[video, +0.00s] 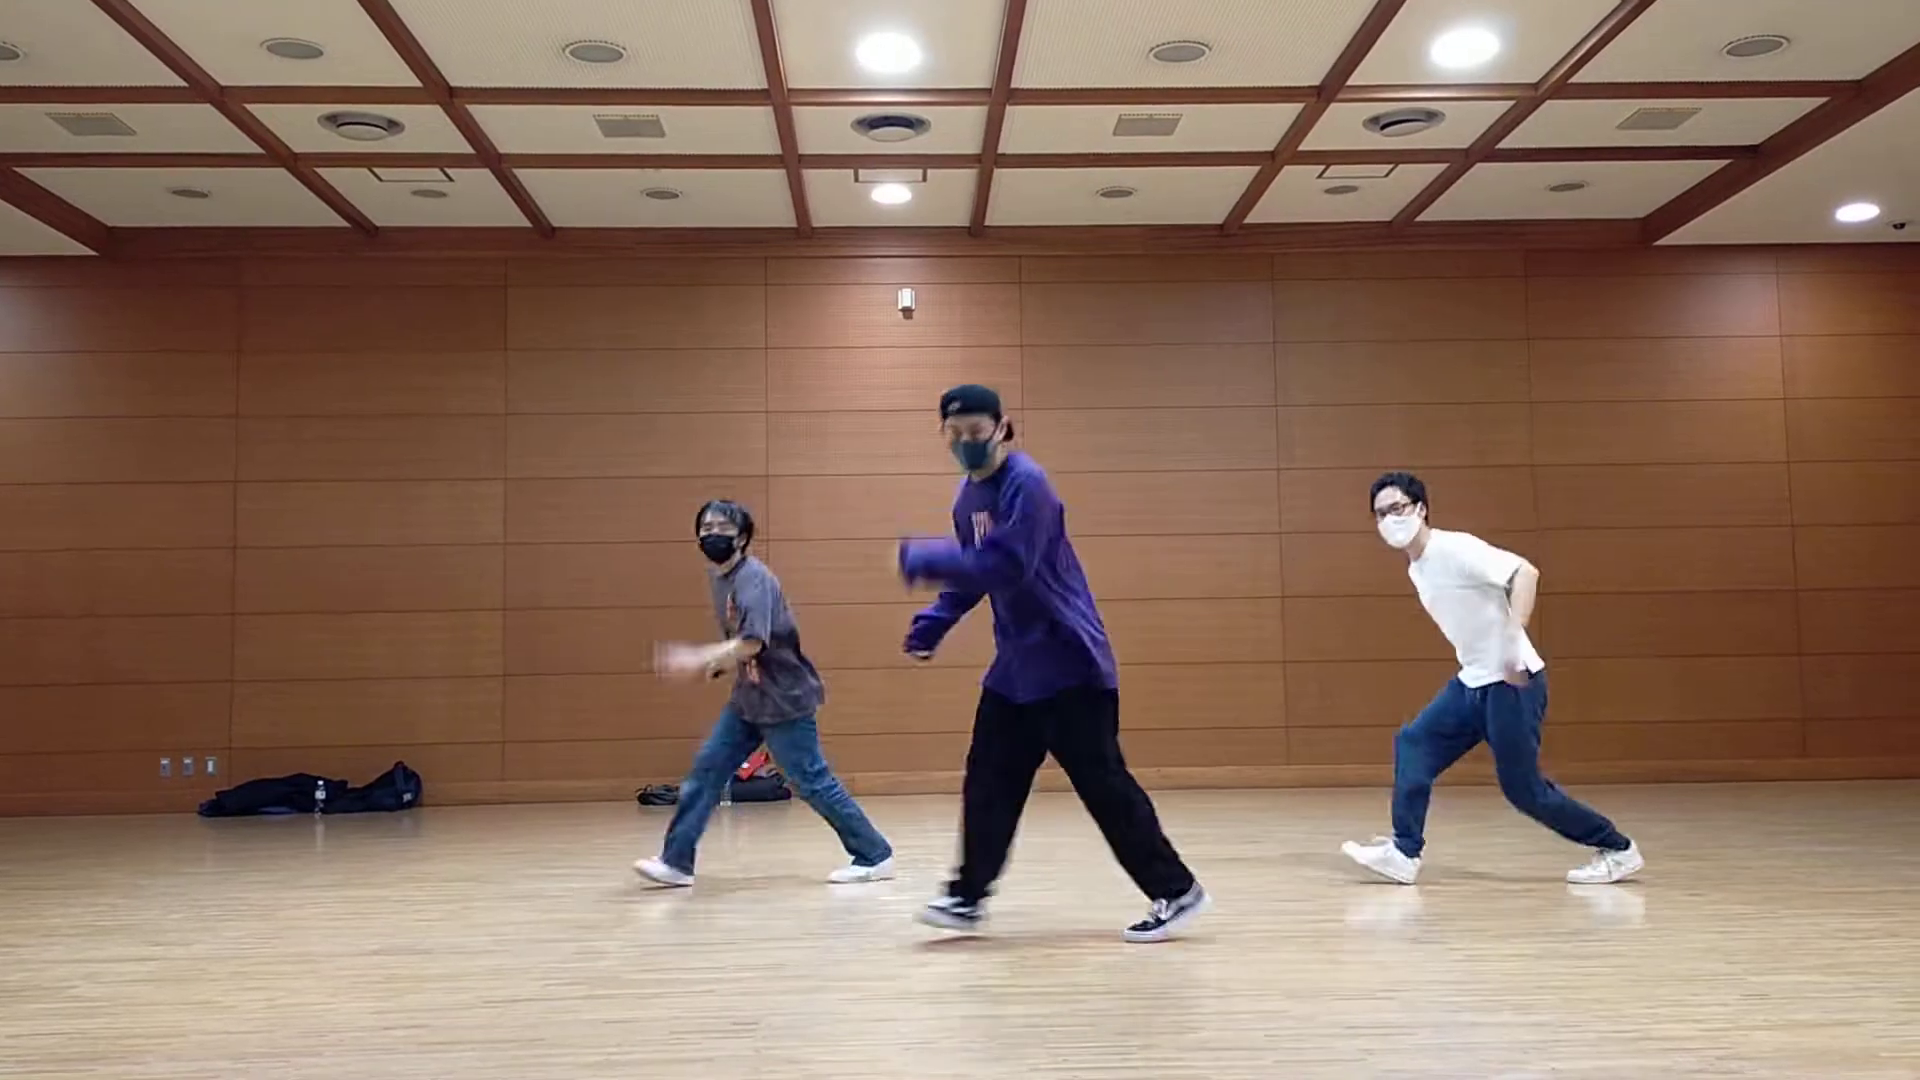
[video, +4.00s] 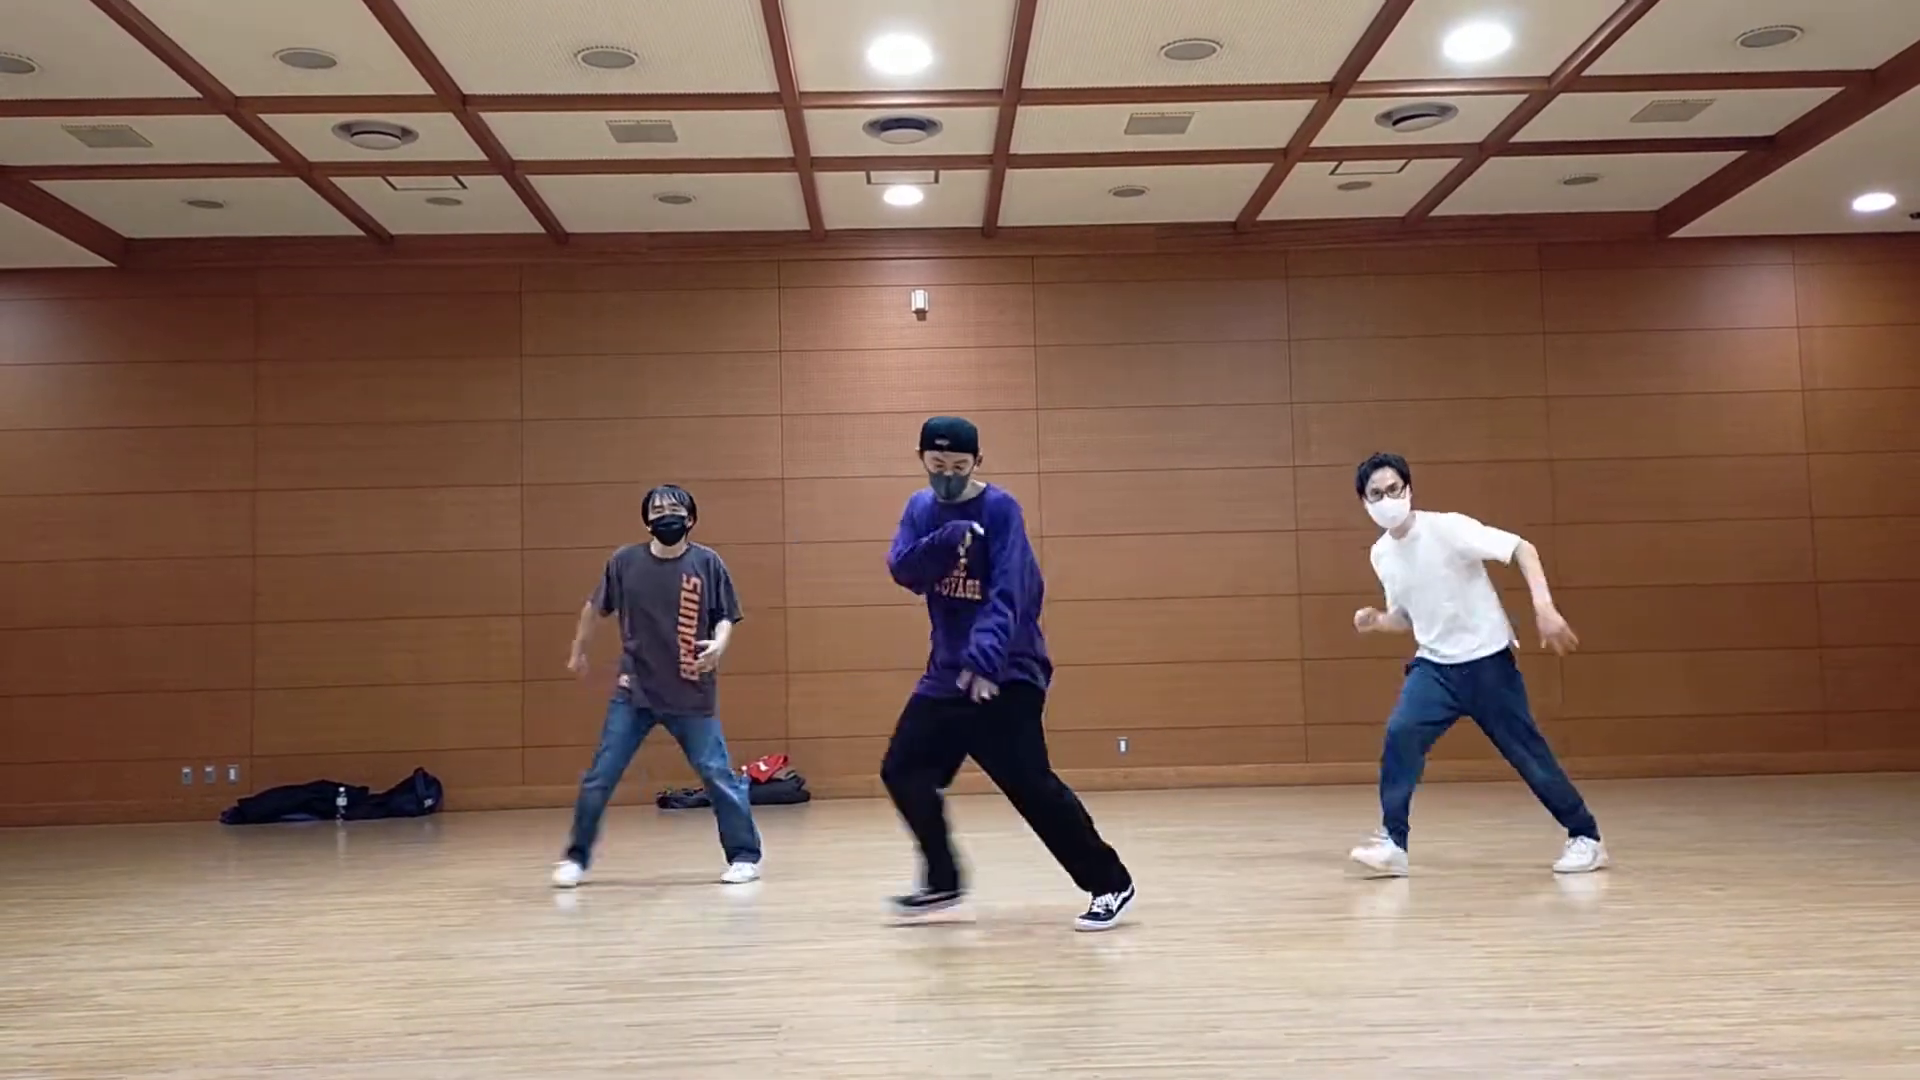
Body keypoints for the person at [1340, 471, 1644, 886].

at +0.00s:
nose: (1392, 519)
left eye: (1400, 509)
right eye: (1382, 514)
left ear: (1421, 509)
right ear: (1376, 524)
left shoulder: (1454, 548)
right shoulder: (1419, 569)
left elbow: (1524, 574)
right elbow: (1471, 607)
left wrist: (1513, 642)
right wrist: (1478, 660)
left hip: (1511, 682)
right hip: (1472, 684)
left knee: (1523, 789)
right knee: (1415, 744)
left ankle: (1618, 849)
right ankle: (1403, 852)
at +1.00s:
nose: (1330, 499)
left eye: (1339, 492)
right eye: (1322, 489)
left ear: (1347, 502)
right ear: (1302, 494)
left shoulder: (1313, 556)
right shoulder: (1279, 536)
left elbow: (1275, 622)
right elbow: (1221, 586)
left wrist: (1293, 682)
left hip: (1259, 666)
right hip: (1229, 658)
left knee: (1306, 751)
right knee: (1206, 757)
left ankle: (1358, 849)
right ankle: (1159, 854)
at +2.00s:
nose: (1342, 501)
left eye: (1349, 489)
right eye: (1331, 496)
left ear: (1365, 488)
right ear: (1322, 506)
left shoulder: (1406, 522)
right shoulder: (1348, 563)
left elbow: (1474, 561)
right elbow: (1376, 624)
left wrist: (1525, 614)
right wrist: (1398, 648)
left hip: (1463, 653)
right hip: (1417, 670)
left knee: (1509, 748)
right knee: (1395, 753)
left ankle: (1566, 841)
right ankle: (1368, 855)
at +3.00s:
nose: (1346, 502)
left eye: (1356, 497)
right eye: (1338, 491)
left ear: (1362, 509)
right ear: (1318, 493)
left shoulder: (1323, 561)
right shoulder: (1287, 527)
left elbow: (1280, 624)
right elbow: (1221, 558)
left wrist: (1295, 681)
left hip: (1270, 664)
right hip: (1235, 652)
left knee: (1319, 752)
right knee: (1206, 752)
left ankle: (1366, 851)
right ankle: (1163, 852)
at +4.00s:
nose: (1389, 499)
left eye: (1395, 489)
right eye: (1378, 494)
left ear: (1409, 491)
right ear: (1366, 505)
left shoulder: (1448, 529)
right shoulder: (1382, 555)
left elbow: (1523, 550)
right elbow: (1406, 617)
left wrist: (1545, 609)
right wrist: (1379, 621)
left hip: (1487, 664)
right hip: (1434, 669)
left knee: (1525, 751)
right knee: (1401, 733)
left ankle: (1586, 837)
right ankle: (1393, 844)